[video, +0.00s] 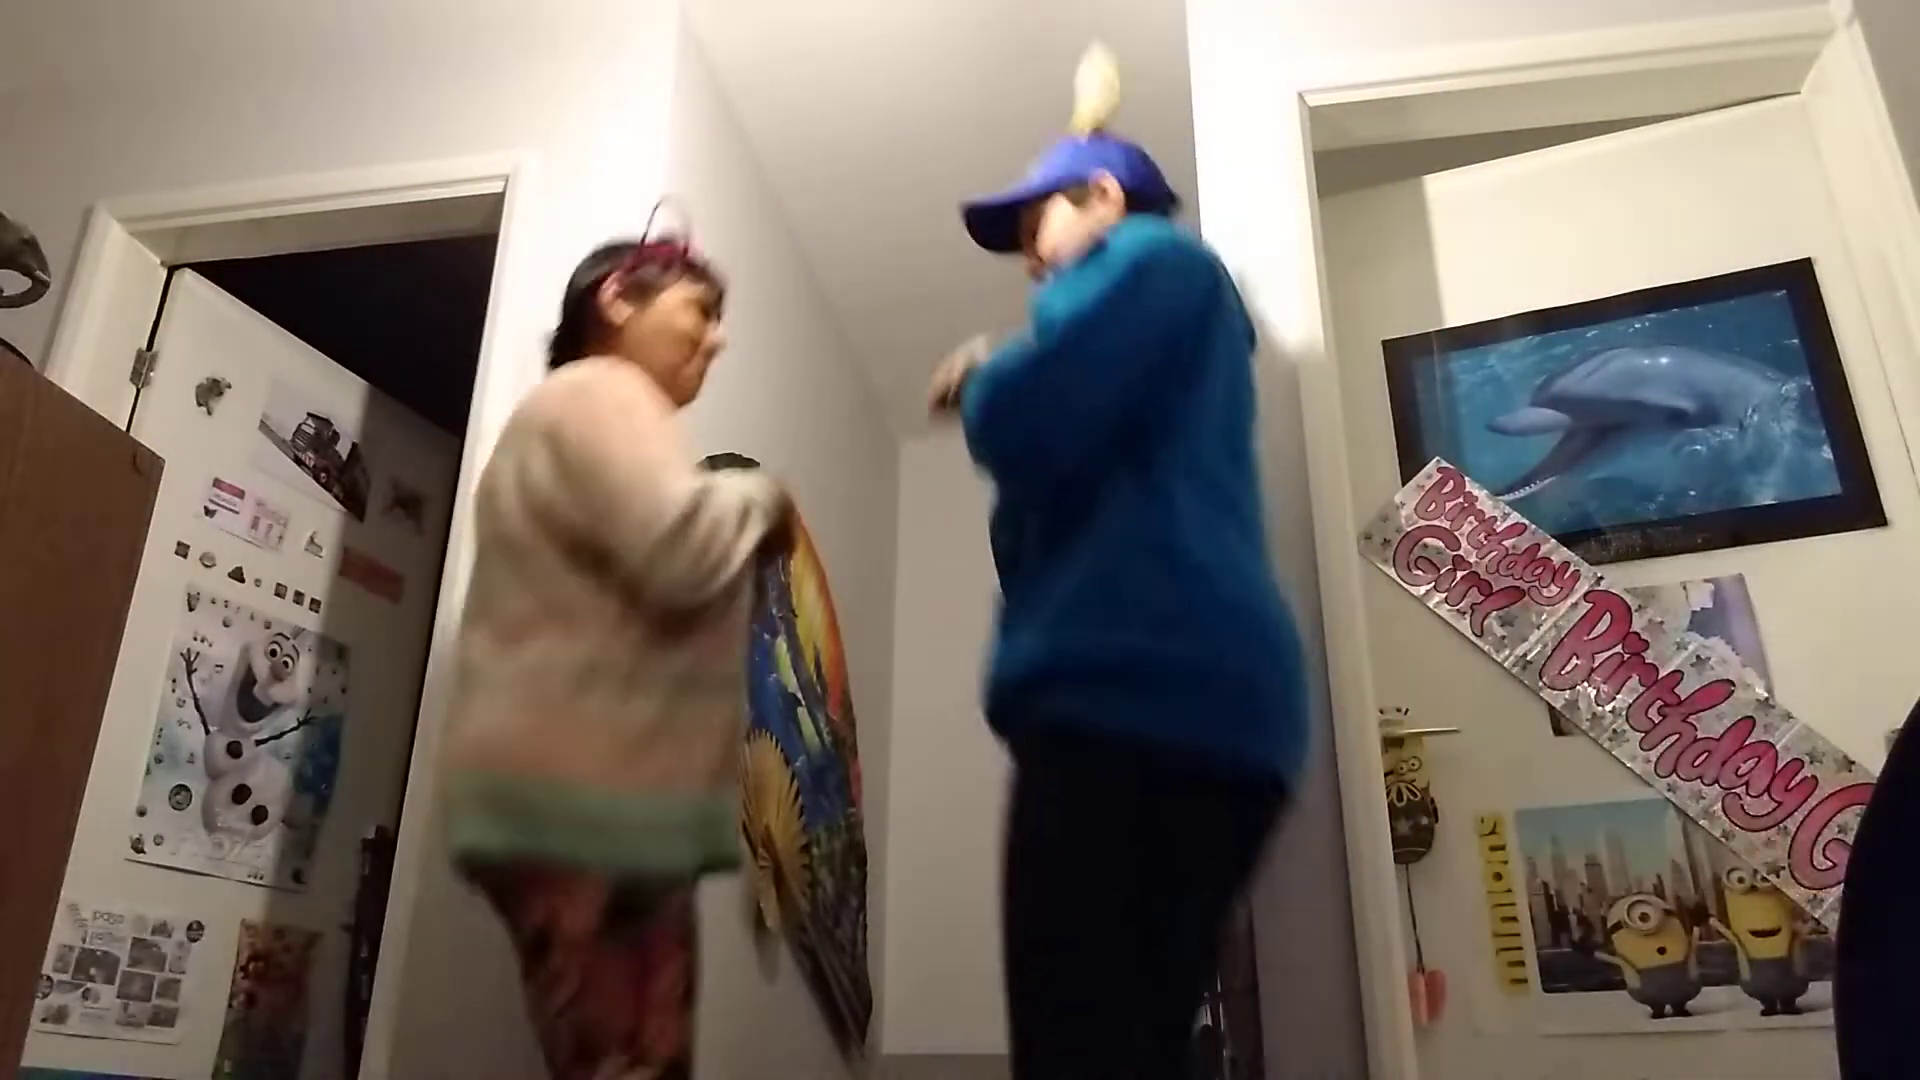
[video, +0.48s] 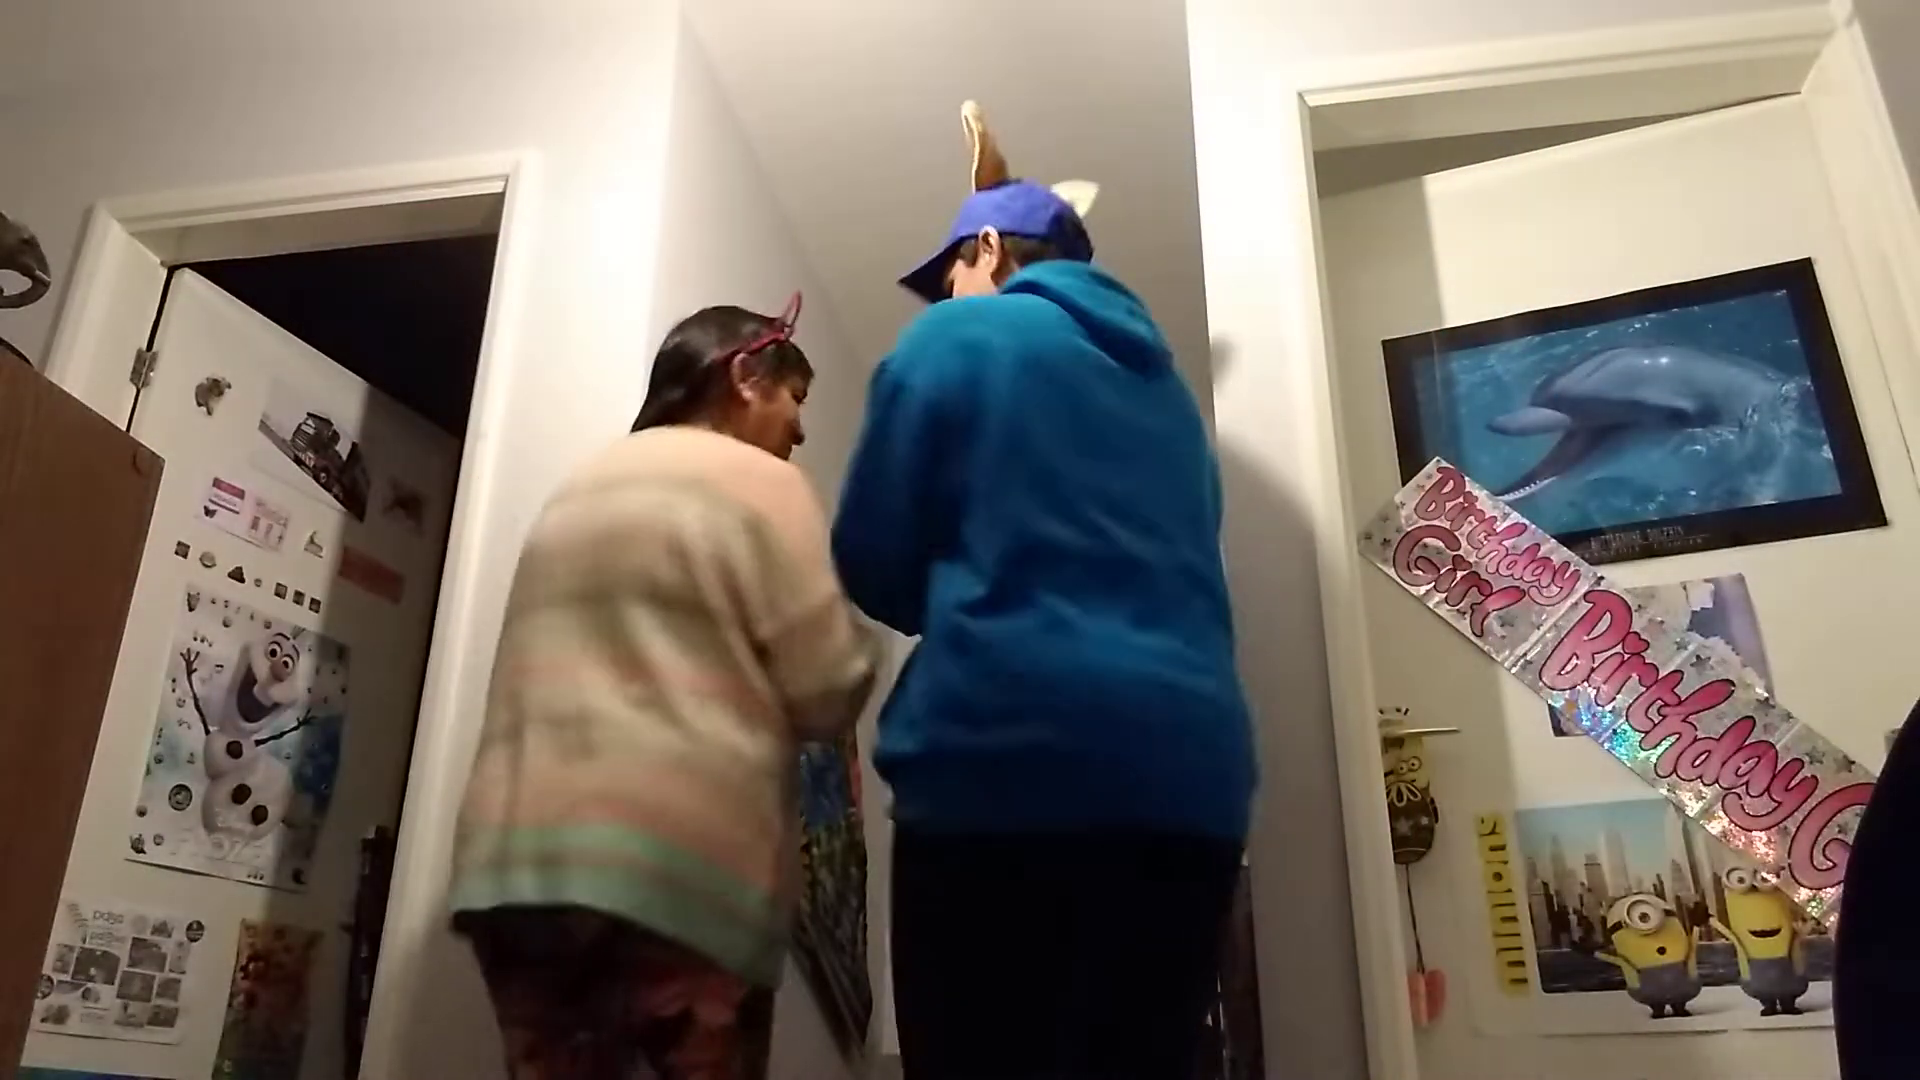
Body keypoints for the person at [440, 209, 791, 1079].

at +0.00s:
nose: (716, 337)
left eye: (717, 319)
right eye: (699, 308)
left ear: (623, 309)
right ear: (618, 304)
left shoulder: (559, 409)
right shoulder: (603, 396)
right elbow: (677, 558)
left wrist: (717, 498)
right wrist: (762, 495)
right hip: (596, 807)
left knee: (619, 1057)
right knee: (631, 1058)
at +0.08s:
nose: (737, 327)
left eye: (739, 311)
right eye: (720, 300)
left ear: (643, 299)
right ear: (644, 291)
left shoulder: (588, 394)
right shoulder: (632, 388)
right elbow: (705, 554)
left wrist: (738, 494)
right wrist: (781, 502)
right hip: (611, 816)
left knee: (607, 1060)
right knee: (645, 1058)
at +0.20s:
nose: (762, 392)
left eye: (762, 368)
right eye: (748, 362)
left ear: (667, 358)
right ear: (678, 352)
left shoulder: (577, 471)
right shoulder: (668, 453)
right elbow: (739, 651)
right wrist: (800, 576)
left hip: (531, 896)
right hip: (651, 907)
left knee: (568, 1066)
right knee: (674, 1064)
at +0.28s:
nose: (782, 431)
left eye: (778, 408)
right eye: (768, 402)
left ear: (685, 400)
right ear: (698, 396)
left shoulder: (571, 512)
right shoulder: (699, 491)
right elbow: (757, 704)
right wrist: (811, 648)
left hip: (523, 930)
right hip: (653, 943)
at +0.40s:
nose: (799, 429)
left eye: (798, 408)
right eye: (790, 401)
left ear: (708, 391)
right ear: (730, 389)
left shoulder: (577, 498)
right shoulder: (738, 487)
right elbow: (804, 688)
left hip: (513, 890)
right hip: (672, 899)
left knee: (552, 1065)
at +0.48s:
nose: (801, 423)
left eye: (802, 403)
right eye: (795, 398)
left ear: (683, 385)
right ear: (744, 383)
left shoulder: (580, 480)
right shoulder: (763, 482)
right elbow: (825, 689)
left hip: (514, 867)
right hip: (682, 880)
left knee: (553, 1067)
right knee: (700, 1065)